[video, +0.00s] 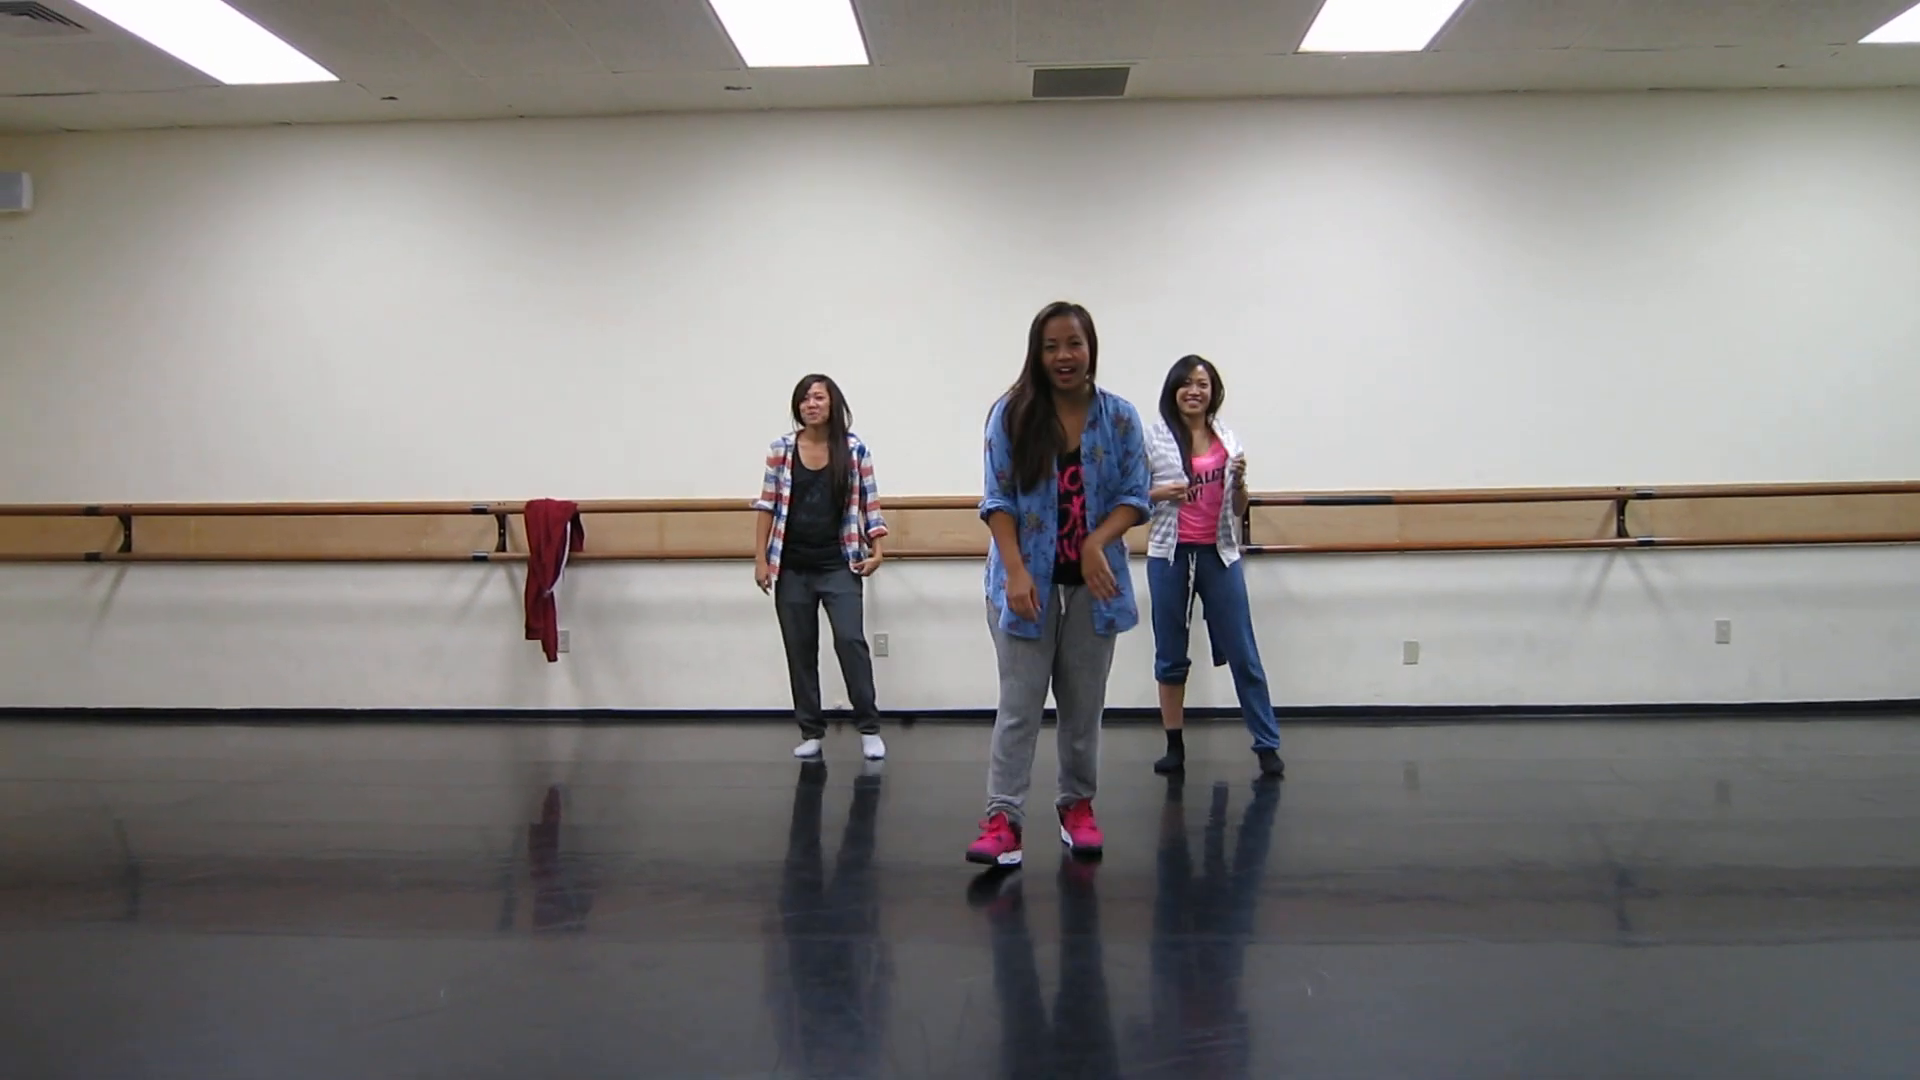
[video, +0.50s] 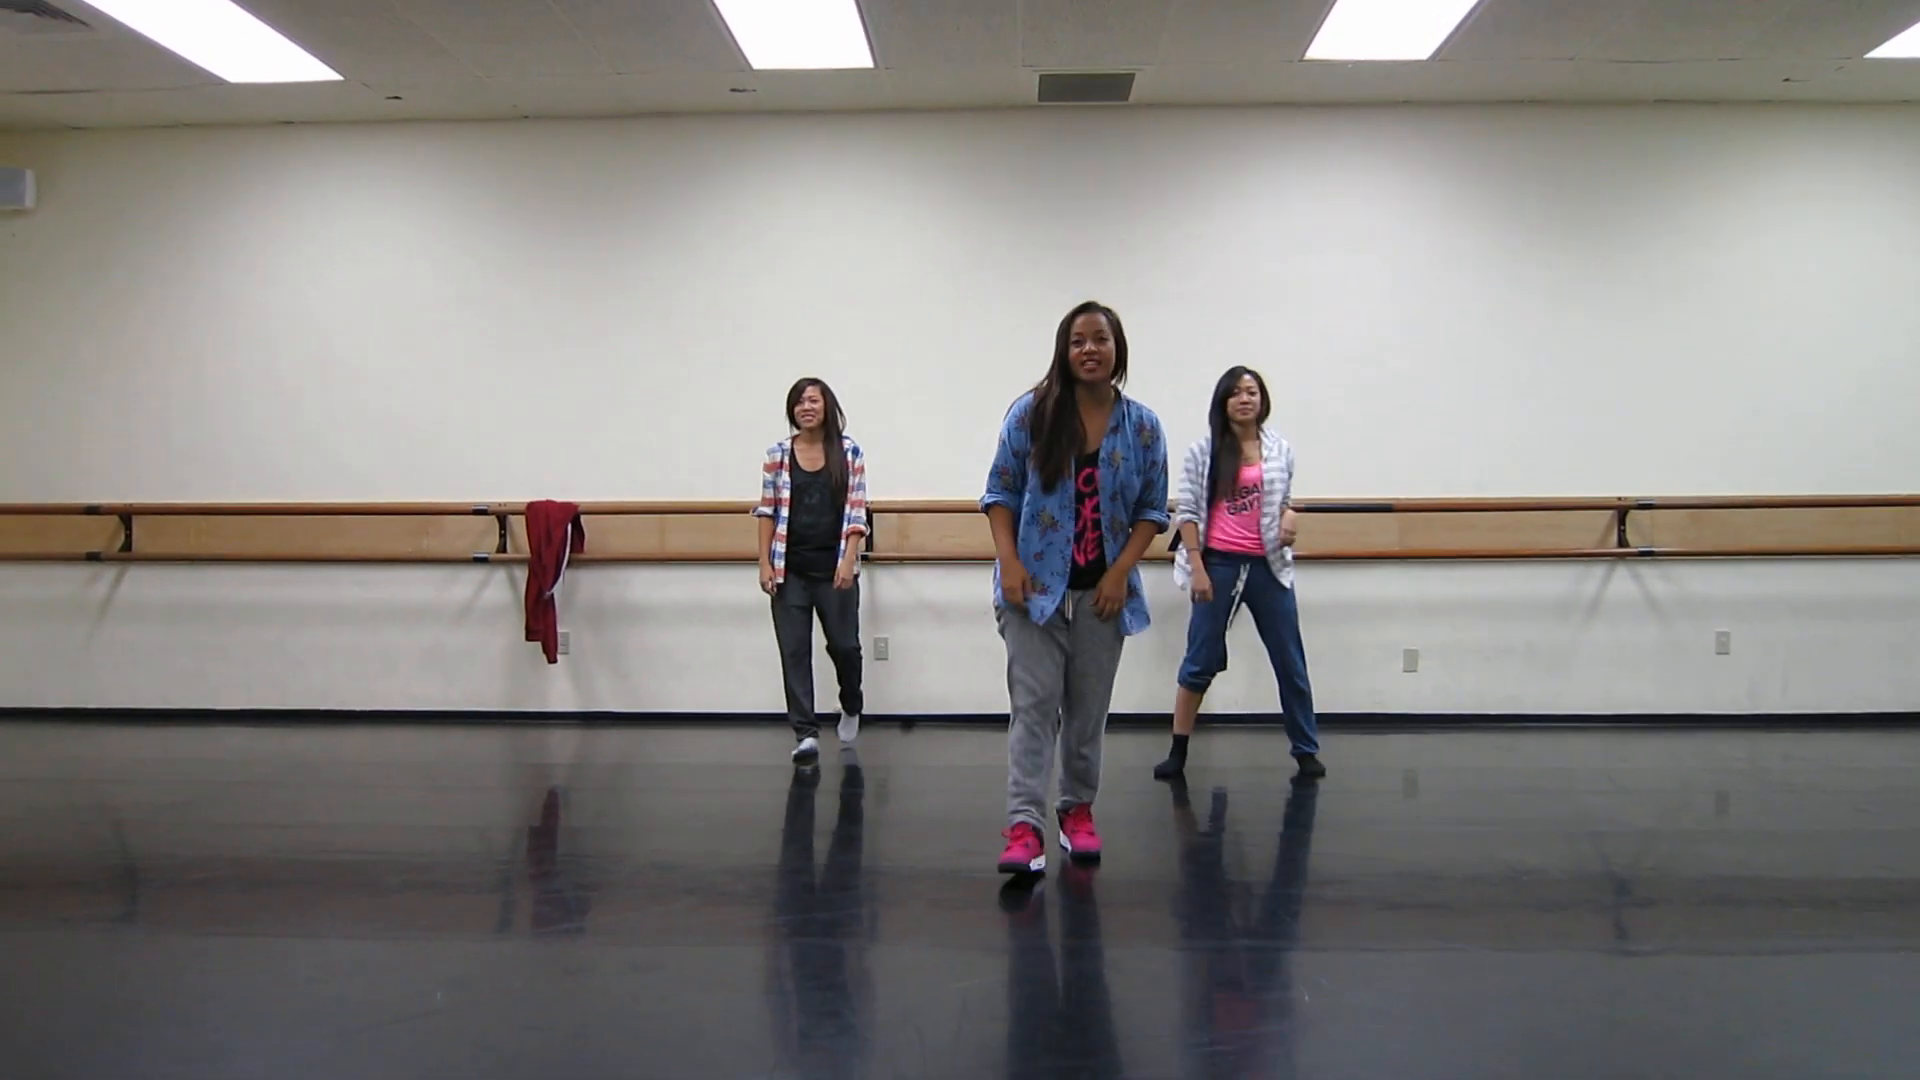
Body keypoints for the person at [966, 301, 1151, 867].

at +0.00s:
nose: (1066, 356)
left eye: (1076, 344)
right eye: (1053, 346)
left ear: (1092, 348)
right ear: (1037, 354)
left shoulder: (1120, 416)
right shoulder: (1011, 414)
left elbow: (1136, 499)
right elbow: (997, 501)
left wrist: (1095, 540)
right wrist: (1014, 569)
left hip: (1092, 588)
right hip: (1025, 585)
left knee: (1083, 707)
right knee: (1019, 707)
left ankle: (1078, 807)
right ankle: (1003, 817)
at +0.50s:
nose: (1090, 349)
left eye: (1100, 339)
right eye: (1079, 341)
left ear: (1119, 348)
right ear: (1063, 351)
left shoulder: (1142, 424)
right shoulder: (1031, 413)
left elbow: (1154, 510)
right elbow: (1000, 493)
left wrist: (1120, 569)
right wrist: (1009, 561)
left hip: (1101, 593)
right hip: (1034, 590)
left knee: (1089, 710)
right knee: (1034, 707)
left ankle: (1078, 810)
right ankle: (1024, 823)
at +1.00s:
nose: (1039, 325)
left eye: (1049, 317)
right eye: (1027, 320)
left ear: (1069, 331)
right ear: (1013, 338)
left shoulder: (1103, 403)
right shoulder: (987, 411)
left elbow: (1127, 493)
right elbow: (969, 503)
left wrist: (1097, 559)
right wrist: (963, 582)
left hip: (1086, 586)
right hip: (1012, 590)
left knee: (1086, 712)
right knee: (1024, 717)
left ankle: (1081, 801)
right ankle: (1030, 832)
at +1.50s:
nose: (1024, 324)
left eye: (1036, 316)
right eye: (1013, 317)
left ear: (1056, 331)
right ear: (997, 334)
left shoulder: (1087, 402)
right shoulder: (972, 410)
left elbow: (1116, 490)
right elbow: (954, 502)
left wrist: (1062, 528)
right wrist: (966, 576)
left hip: (1074, 576)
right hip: (1002, 583)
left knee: (1078, 694)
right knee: (1019, 714)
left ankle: (1086, 815)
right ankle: (1034, 831)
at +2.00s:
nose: (1058, 326)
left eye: (1070, 318)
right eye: (1046, 318)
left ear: (1088, 333)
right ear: (1028, 335)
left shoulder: (1114, 417)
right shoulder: (992, 409)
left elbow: (1142, 506)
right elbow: (955, 499)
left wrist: (1108, 549)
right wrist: (959, 573)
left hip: (1078, 600)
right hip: (1004, 601)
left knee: (1074, 727)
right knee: (1019, 729)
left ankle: (1085, 854)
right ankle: (1029, 839)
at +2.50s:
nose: (1059, 321)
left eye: (1070, 312)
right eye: (1046, 315)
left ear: (1090, 330)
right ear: (1028, 335)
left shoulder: (1119, 408)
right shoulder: (996, 405)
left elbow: (1171, 481)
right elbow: (945, 476)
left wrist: (1228, 434)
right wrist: (910, 411)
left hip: (1096, 601)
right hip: (1017, 603)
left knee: (1090, 741)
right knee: (1032, 732)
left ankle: (1088, 863)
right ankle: (996, 725)